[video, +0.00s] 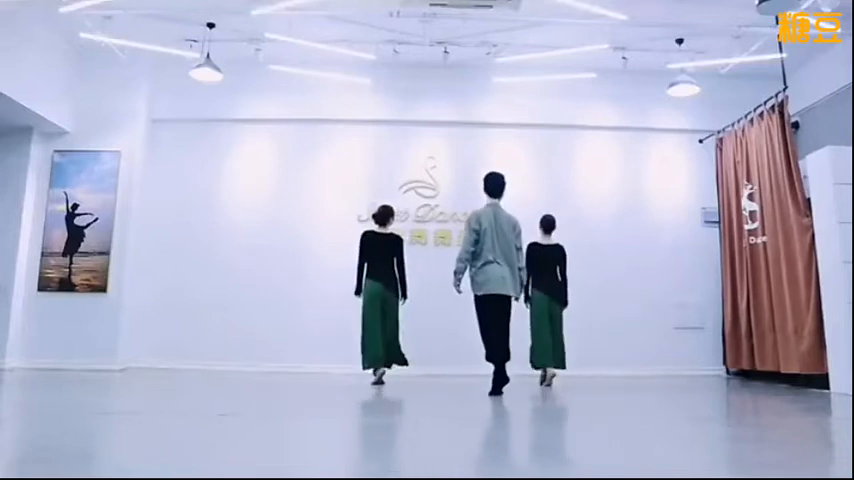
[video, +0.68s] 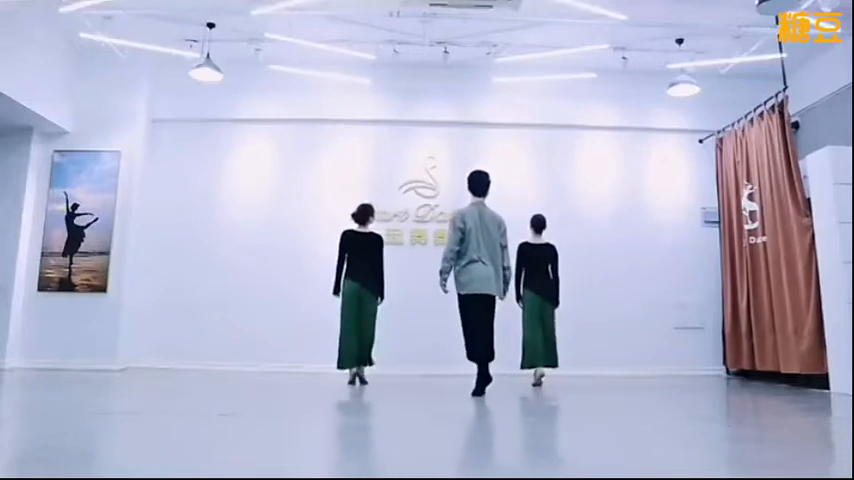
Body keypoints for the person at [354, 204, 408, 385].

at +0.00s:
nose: (392, 220)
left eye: (390, 217)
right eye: (392, 218)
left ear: (375, 218)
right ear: (391, 220)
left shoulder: (366, 236)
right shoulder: (396, 239)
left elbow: (361, 263)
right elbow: (400, 266)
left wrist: (358, 286)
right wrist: (404, 289)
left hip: (372, 286)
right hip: (390, 287)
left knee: (373, 326)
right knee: (388, 325)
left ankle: (377, 366)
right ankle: (383, 364)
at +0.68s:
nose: (372, 219)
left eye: (370, 216)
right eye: (371, 216)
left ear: (355, 216)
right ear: (370, 218)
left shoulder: (347, 235)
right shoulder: (377, 239)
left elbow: (341, 261)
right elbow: (380, 267)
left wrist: (337, 284)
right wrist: (381, 290)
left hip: (351, 284)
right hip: (370, 287)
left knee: (350, 326)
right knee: (366, 326)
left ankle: (352, 368)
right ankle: (361, 367)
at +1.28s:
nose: (353, 220)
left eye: (351, 216)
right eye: (353, 217)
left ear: (336, 217)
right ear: (351, 218)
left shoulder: (328, 235)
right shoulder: (358, 238)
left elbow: (320, 261)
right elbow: (362, 265)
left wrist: (314, 283)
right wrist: (365, 288)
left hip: (331, 285)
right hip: (350, 286)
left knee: (331, 326)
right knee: (348, 326)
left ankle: (334, 366)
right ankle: (343, 366)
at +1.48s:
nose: (347, 220)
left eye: (345, 217)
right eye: (346, 217)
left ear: (330, 217)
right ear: (345, 219)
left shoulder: (321, 235)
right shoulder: (351, 239)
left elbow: (315, 262)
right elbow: (357, 266)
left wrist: (311, 284)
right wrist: (360, 288)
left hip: (326, 285)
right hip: (345, 287)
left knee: (327, 327)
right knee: (344, 327)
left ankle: (332, 369)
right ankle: (341, 369)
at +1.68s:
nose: (341, 223)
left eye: (339, 220)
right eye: (340, 221)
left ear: (324, 221)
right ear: (339, 222)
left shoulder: (315, 239)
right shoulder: (345, 241)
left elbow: (309, 266)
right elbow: (355, 267)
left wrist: (305, 289)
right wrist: (359, 288)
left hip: (319, 289)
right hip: (339, 289)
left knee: (319, 328)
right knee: (339, 330)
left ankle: (321, 367)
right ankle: (340, 370)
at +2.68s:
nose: (279, 241)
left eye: (275, 238)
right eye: (283, 237)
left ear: (272, 237)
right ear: (288, 237)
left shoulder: (265, 252)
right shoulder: (294, 250)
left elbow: (261, 281)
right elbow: (293, 280)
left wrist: (256, 305)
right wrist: (296, 306)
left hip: (269, 300)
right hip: (290, 302)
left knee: (270, 338)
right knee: (279, 341)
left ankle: (279, 368)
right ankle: (264, 376)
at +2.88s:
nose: (279, 235)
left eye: (274, 232)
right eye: (281, 232)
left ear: (270, 232)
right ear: (286, 231)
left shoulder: (263, 247)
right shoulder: (292, 245)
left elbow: (258, 277)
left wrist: (254, 301)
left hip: (267, 296)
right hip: (287, 296)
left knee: (268, 334)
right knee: (283, 335)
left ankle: (278, 366)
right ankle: (267, 372)